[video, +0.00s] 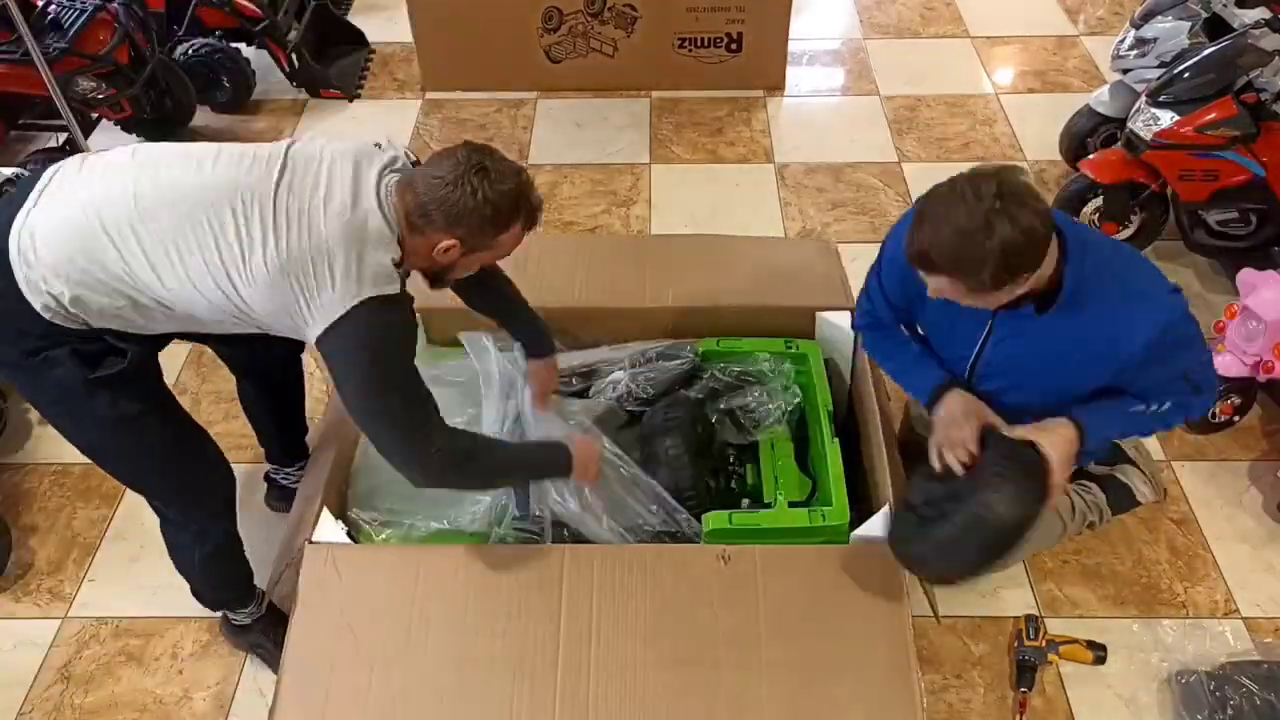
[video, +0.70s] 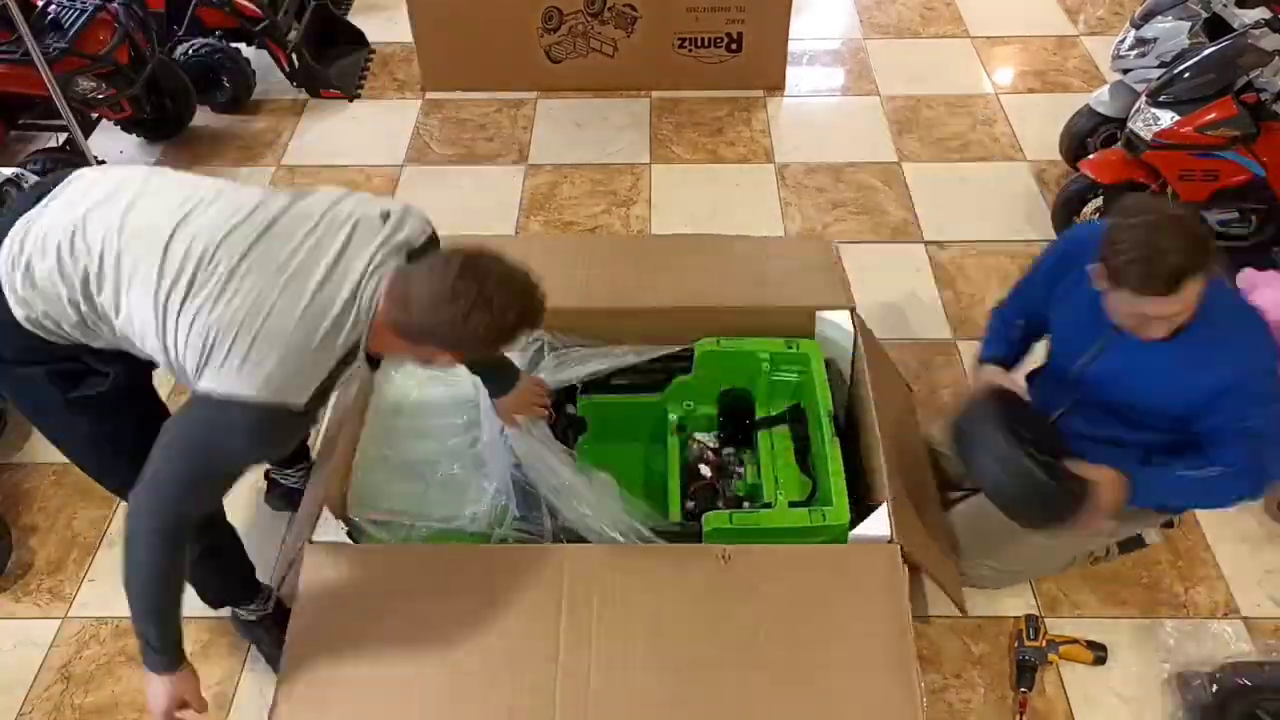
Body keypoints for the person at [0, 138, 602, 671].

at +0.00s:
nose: (499, 266)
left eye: (504, 255)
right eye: (496, 256)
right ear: (444, 250)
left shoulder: (398, 167)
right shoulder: (357, 296)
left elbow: (462, 267)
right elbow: (427, 456)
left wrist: (539, 347)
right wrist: (563, 458)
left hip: (85, 178)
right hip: (34, 285)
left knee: (264, 342)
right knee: (192, 476)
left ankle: (291, 472)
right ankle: (238, 610)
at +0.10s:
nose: (433, 472)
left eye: (442, 456)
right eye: (413, 468)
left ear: (440, 375)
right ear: (339, 427)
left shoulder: (390, 287)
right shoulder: (229, 478)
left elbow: (498, 337)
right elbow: (267, 650)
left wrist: (614, 362)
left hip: (89, 219)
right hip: (18, 316)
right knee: (175, 518)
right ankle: (240, 618)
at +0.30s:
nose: (416, 472)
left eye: (427, 455)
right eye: (394, 470)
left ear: (400, 375)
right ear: (306, 440)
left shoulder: (360, 295)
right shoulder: (174, 496)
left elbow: (435, 297)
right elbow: (127, 604)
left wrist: (540, 370)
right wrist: (228, 711)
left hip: (74, 219)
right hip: (8, 314)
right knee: (164, 525)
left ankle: (286, 470)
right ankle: (254, 610)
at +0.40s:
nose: (445, 410)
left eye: (466, 394)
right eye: (444, 403)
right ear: (396, 392)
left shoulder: (410, 283)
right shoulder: (228, 423)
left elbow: (509, 359)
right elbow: (189, 590)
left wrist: (608, 404)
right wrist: (228, 719)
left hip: (101, 204)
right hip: (24, 289)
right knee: (169, 497)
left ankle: (285, 468)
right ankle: (239, 595)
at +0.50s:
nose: (479, 350)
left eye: (492, 338)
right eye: (473, 340)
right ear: (416, 327)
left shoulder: (393, 252)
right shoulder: (232, 332)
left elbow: (504, 334)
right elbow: (86, 432)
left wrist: (624, 398)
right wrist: (115, 567)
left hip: (124, 202)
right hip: (41, 282)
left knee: (303, 343)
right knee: (181, 474)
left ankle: (292, 479)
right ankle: (250, 611)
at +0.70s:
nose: (458, 362)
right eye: (456, 355)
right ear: (433, 351)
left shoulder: (401, 227)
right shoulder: (262, 391)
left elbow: (449, 309)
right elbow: (154, 507)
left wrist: (505, 383)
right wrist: (162, 665)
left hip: (97, 193)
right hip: (28, 287)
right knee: (178, 495)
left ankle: (287, 468)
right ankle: (254, 609)